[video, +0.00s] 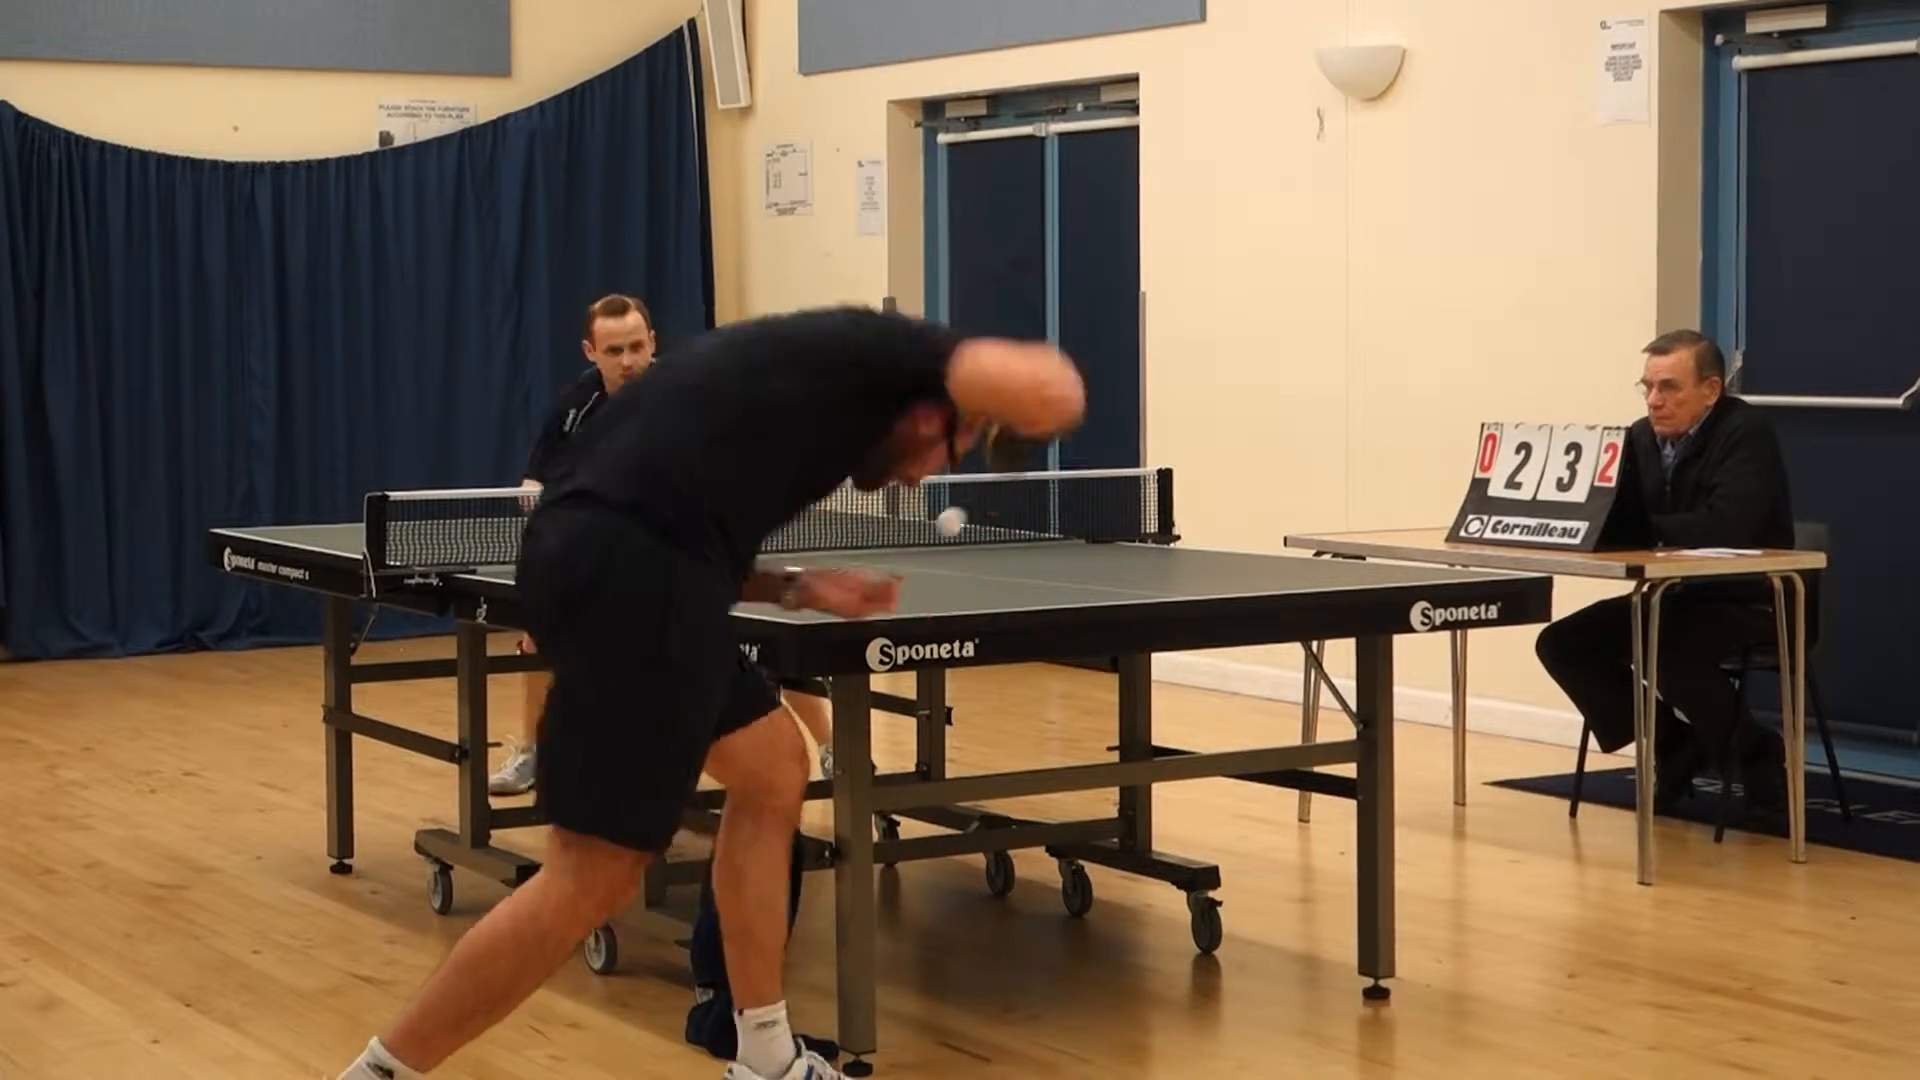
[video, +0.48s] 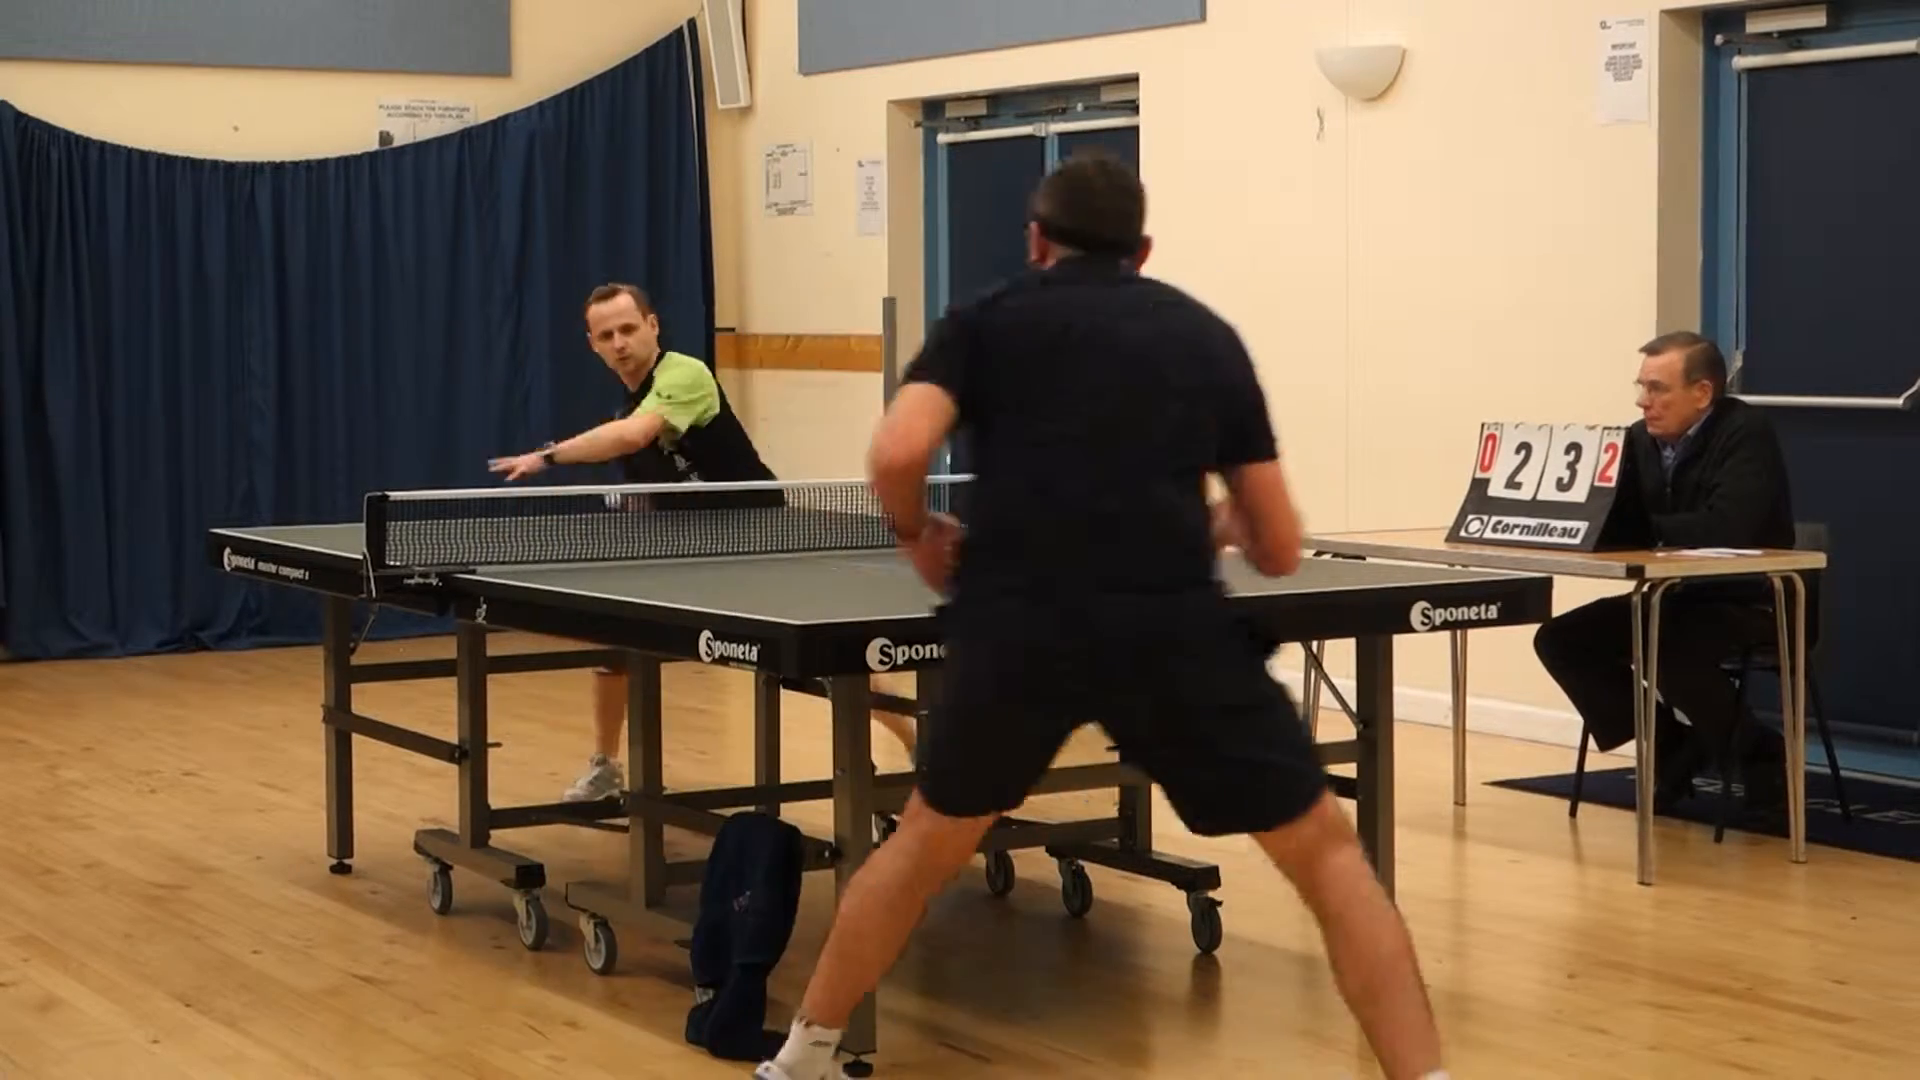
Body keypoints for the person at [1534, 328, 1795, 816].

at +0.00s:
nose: (1654, 400)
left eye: (1668, 387)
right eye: (1648, 386)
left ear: (1711, 389)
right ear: (1642, 386)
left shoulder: (1747, 433)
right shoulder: (1640, 438)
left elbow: (1732, 528)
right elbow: (1612, 519)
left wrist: (1639, 531)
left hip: (1756, 600)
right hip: (1674, 596)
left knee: (1669, 647)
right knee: (1561, 643)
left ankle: (1757, 751)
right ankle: (1673, 739)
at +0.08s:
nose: (1653, 400)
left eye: (1668, 387)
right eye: (1648, 386)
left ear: (1710, 390)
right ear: (1641, 387)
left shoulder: (1746, 433)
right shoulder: (1640, 438)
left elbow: (1732, 527)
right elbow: (1613, 520)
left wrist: (1641, 531)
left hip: (1755, 599)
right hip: (1674, 595)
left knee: (1669, 648)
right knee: (1561, 644)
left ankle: (1757, 751)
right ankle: (1672, 740)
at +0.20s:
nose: (1651, 400)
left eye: (1666, 387)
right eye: (1647, 386)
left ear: (1709, 391)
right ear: (1641, 387)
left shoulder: (1747, 434)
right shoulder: (1640, 438)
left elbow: (1732, 527)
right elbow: (1614, 522)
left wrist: (1641, 531)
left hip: (1757, 600)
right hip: (1675, 596)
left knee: (1669, 647)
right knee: (1562, 643)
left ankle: (1760, 753)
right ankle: (1673, 740)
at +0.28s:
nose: (1649, 400)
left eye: (1664, 388)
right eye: (1646, 386)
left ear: (1708, 392)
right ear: (1641, 386)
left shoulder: (1747, 435)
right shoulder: (1640, 438)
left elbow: (1733, 528)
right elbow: (1616, 523)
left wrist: (1644, 531)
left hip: (1756, 600)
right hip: (1675, 596)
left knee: (1669, 647)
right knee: (1561, 643)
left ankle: (1760, 752)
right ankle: (1673, 741)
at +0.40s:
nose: (1647, 400)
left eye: (1661, 388)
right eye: (1644, 387)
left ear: (1706, 393)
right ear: (1639, 388)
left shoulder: (1746, 435)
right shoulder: (1639, 440)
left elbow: (1734, 528)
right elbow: (1611, 521)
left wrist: (1641, 532)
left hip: (1758, 601)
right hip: (1675, 597)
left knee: (1669, 646)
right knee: (1560, 639)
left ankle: (1760, 753)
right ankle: (1671, 741)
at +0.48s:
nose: (1644, 400)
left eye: (1658, 388)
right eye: (1643, 387)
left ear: (1703, 393)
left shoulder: (1746, 435)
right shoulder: (1638, 440)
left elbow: (1734, 527)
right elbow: (1611, 521)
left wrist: (1642, 532)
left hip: (1757, 601)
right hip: (1675, 596)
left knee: (1670, 647)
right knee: (1560, 639)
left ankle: (1760, 753)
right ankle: (1671, 742)